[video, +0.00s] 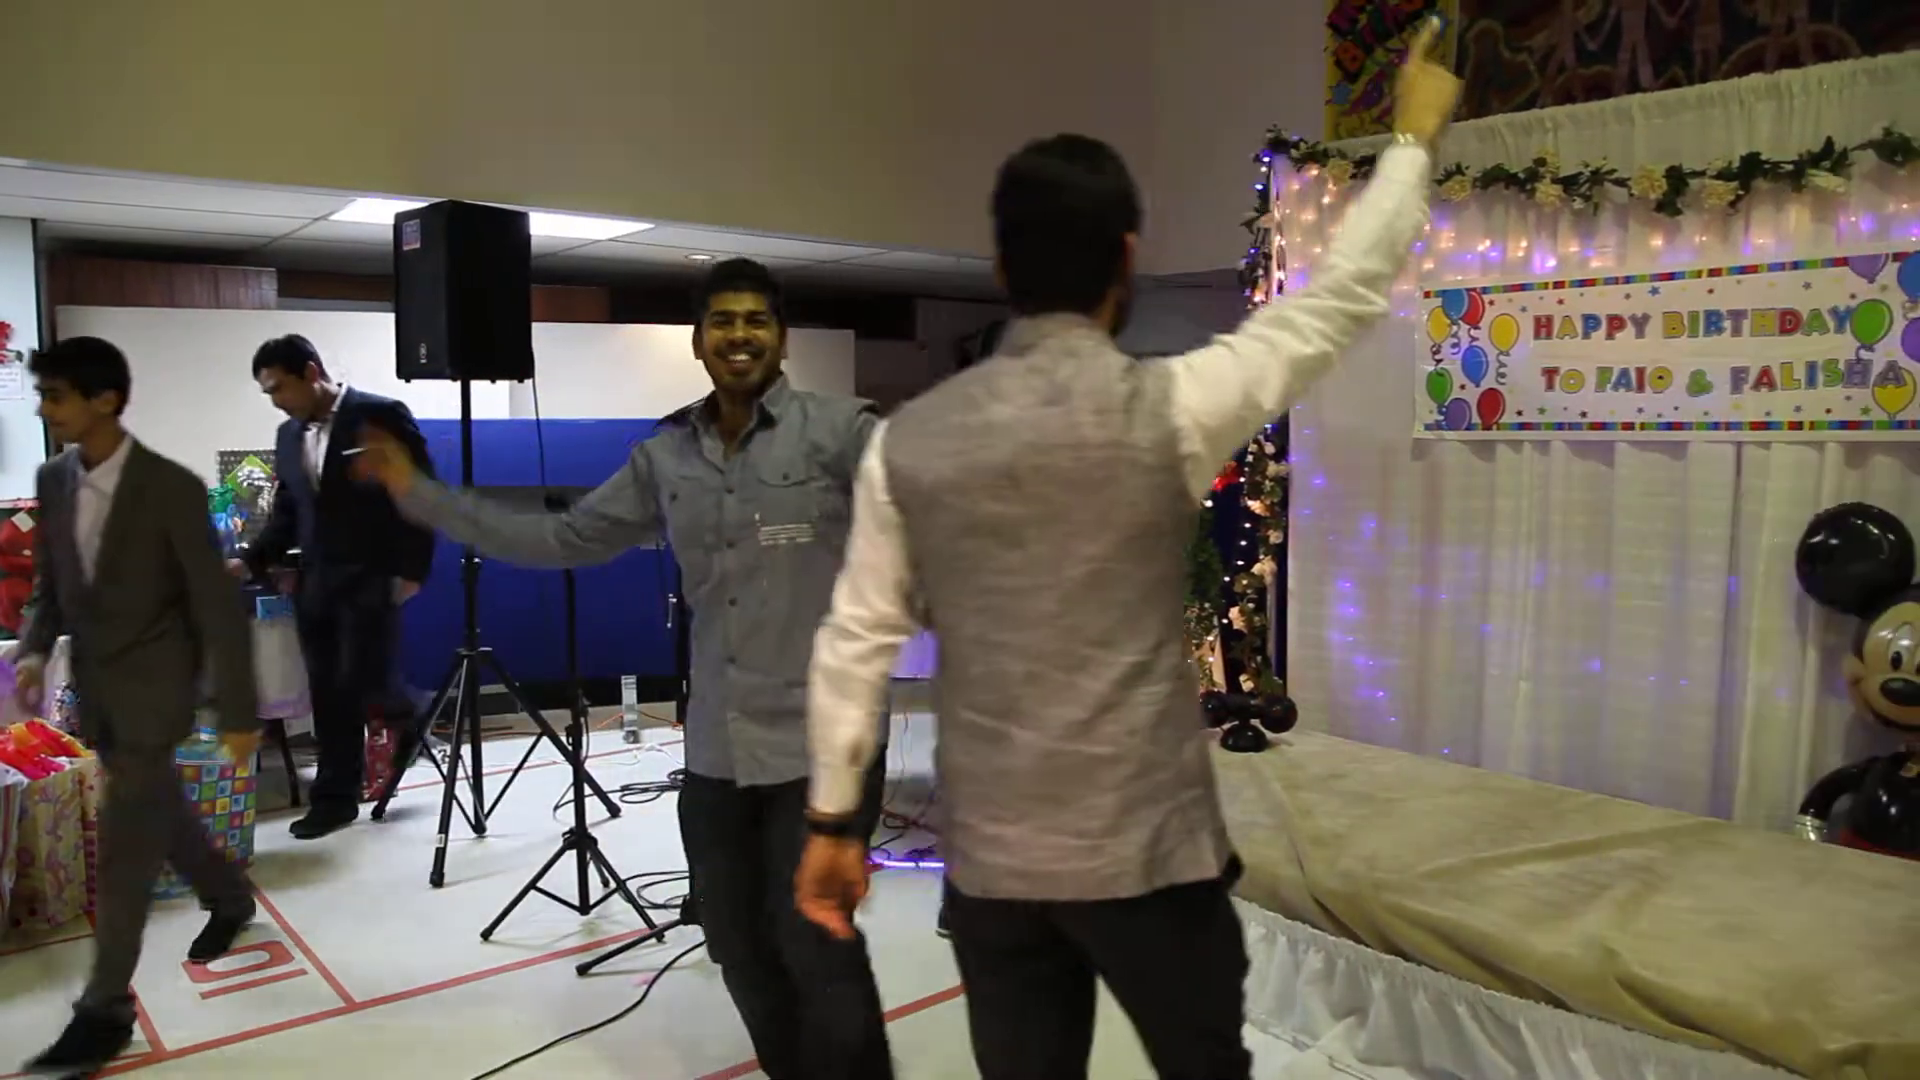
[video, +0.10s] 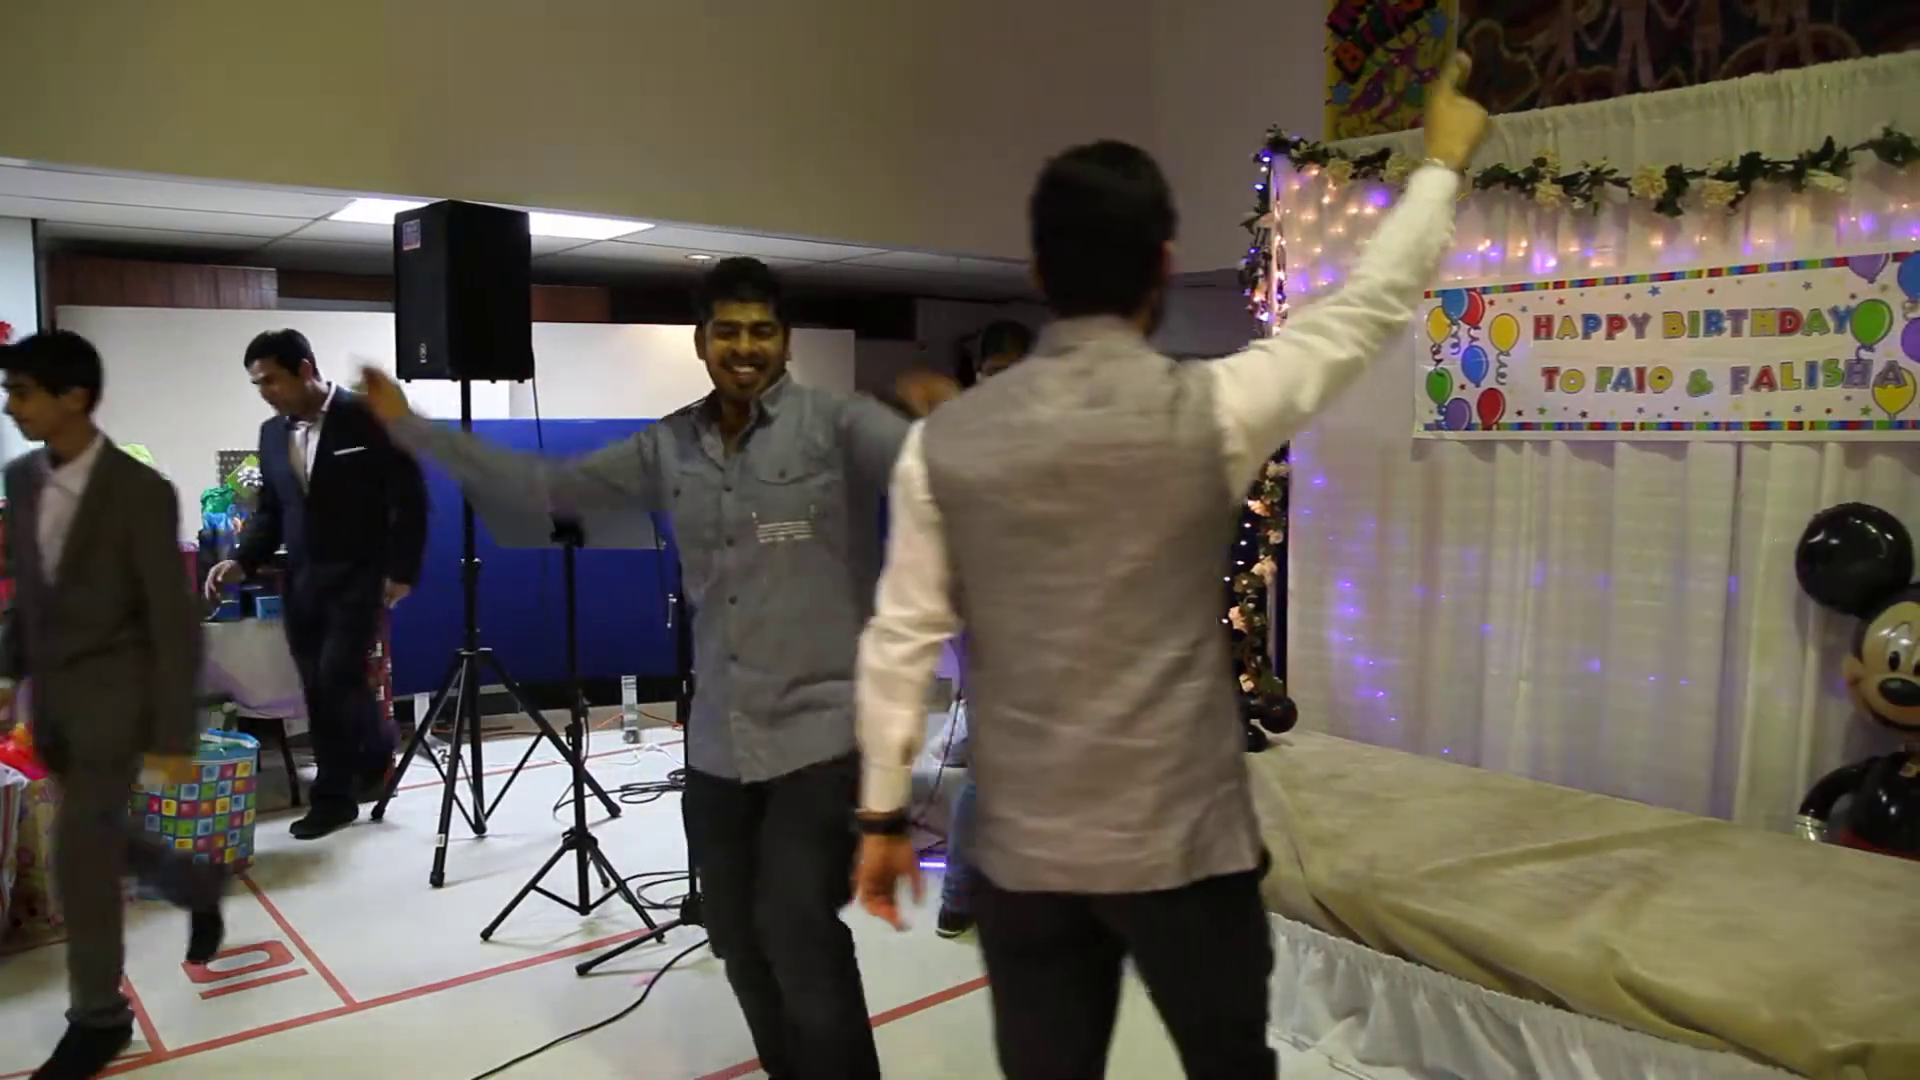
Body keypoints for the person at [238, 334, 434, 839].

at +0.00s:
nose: (274, 401)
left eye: (278, 388)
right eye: (268, 392)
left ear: (312, 373)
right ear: (299, 381)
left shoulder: (381, 418)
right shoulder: (290, 436)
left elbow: (420, 493)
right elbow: (287, 513)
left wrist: (414, 569)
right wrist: (251, 559)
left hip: (375, 578)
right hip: (318, 581)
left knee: (369, 681)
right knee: (330, 695)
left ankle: (413, 712)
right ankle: (335, 801)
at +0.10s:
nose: (265, 394)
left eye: (270, 382)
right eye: (258, 385)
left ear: (306, 371)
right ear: (261, 385)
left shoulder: (364, 418)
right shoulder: (274, 432)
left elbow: (410, 493)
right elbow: (271, 508)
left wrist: (403, 571)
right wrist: (241, 559)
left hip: (359, 576)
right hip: (304, 578)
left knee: (338, 679)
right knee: (318, 685)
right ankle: (334, 790)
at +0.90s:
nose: (172, 356)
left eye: (186, 344)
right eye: (170, 345)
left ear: (232, 352)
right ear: (175, 355)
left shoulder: (291, 426)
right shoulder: (160, 433)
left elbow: (323, 520)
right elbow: (150, 534)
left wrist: (311, 601)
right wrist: (132, 619)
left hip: (273, 633)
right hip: (186, 635)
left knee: (289, 765)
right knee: (190, 783)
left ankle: (304, 879)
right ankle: (186, 923)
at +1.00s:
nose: (143, 362)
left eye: (156, 350)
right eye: (141, 351)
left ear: (204, 358)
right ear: (159, 361)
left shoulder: (265, 436)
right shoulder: (135, 440)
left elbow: (299, 539)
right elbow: (122, 546)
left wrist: (279, 622)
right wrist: (107, 636)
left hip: (246, 643)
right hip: (162, 647)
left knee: (272, 770)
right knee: (163, 796)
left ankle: (303, 878)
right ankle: (135, 944)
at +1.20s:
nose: (69, 360)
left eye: (81, 346)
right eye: (66, 347)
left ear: (132, 349)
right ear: (79, 353)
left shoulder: (198, 433)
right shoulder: (67, 435)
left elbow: (229, 545)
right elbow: (50, 546)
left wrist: (229, 644)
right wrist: (28, 640)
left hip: (161, 656)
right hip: (78, 660)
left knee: (199, 783)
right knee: (97, 817)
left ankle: (267, 856)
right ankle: (123, 956)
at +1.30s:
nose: (25, 357)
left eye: (39, 343)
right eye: (22, 344)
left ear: (93, 344)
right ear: (27, 348)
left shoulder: (163, 430)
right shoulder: (21, 434)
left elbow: (199, 545)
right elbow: (10, 548)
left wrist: (200, 650)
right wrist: (9, 637)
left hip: (124, 656)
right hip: (39, 656)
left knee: (128, 795)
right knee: (72, 815)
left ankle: (207, 884)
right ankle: (121, 957)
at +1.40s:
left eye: (5, 342)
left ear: (49, 343)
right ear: (37, 346)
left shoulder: (123, 433)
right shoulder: (7, 432)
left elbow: (170, 550)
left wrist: (178, 656)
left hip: (76, 665)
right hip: (13, 666)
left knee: (78, 819)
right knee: (62, 818)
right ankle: (121, 953)